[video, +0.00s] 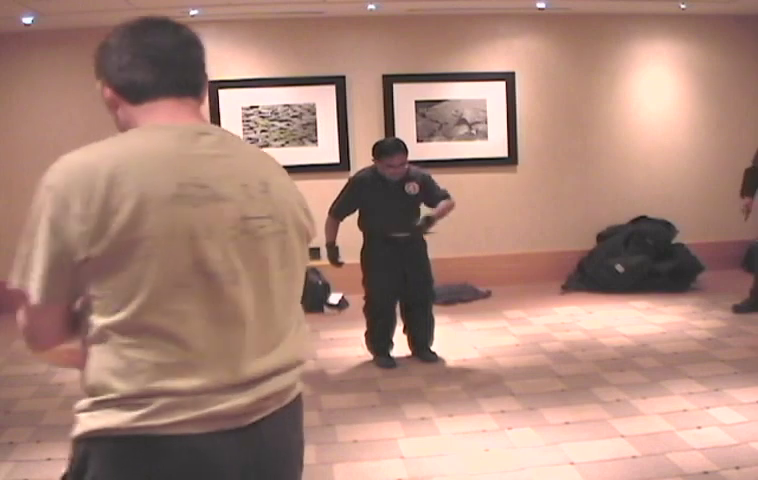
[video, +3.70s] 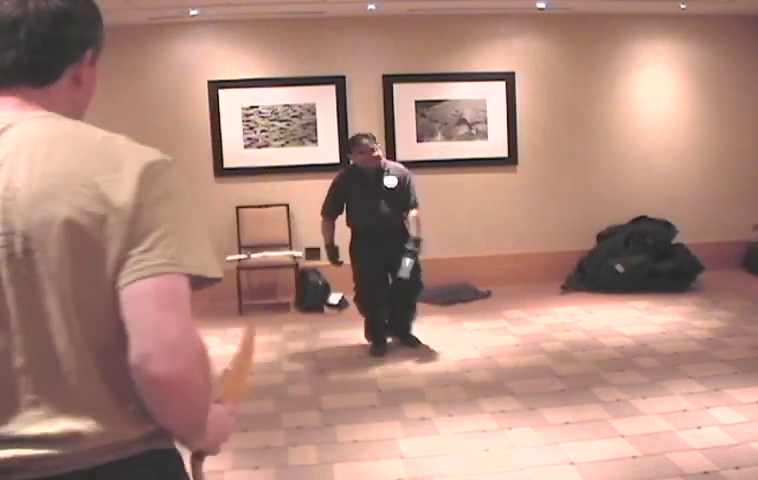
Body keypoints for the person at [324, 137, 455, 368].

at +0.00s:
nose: (399, 171)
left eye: (402, 165)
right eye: (392, 167)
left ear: (408, 160)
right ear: (378, 164)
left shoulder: (418, 178)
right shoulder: (362, 182)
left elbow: (446, 202)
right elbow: (334, 215)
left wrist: (432, 218)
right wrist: (330, 245)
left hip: (412, 246)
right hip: (379, 247)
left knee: (419, 297)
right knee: (380, 301)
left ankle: (421, 346)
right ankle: (381, 350)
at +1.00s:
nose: (403, 167)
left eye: (407, 161)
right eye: (396, 162)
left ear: (414, 157)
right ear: (384, 162)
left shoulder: (427, 179)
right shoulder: (371, 180)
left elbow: (443, 206)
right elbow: (347, 215)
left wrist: (439, 227)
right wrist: (358, 241)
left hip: (417, 248)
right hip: (381, 248)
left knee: (423, 297)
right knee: (380, 300)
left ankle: (421, 346)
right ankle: (379, 349)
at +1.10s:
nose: (403, 166)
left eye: (407, 160)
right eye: (396, 162)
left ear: (415, 157)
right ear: (385, 161)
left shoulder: (430, 179)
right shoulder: (373, 179)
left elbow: (439, 210)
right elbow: (354, 212)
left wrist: (418, 228)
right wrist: (379, 224)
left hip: (416, 244)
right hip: (381, 245)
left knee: (422, 296)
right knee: (378, 297)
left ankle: (421, 345)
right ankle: (379, 348)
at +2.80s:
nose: (415, 175)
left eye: (422, 169)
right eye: (410, 169)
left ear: (434, 167)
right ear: (402, 167)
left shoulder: (443, 191)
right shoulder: (388, 181)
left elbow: (442, 231)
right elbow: (367, 208)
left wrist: (423, 257)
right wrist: (375, 232)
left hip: (422, 252)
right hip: (386, 249)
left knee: (425, 306)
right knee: (371, 298)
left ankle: (423, 358)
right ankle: (366, 337)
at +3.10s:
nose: (406, 166)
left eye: (411, 161)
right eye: (399, 162)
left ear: (421, 162)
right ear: (390, 163)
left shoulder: (431, 186)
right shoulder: (377, 182)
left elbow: (447, 228)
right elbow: (354, 216)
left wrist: (455, 261)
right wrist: (349, 247)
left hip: (415, 251)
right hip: (379, 251)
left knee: (424, 304)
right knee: (371, 300)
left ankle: (423, 357)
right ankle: (374, 339)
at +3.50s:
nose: (377, 162)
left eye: (380, 156)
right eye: (370, 159)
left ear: (387, 154)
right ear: (359, 162)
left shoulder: (404, 179)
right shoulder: (348, 183)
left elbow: (426, 215)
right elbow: (331, 218)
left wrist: (441, 242)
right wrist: (332, 248)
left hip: (400, 245)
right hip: (364, 248)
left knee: (412, 296)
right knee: (369, 299)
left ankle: (421, 345)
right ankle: (378, 339)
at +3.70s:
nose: (374, 155)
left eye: (375, 149)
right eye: (366, 153)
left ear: (379, 148)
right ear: (354, 157)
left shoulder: (399, 173)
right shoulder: (345, 179)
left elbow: (412, 210)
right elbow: (328, 215)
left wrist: (413, 244)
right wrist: (330, 246)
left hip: (396, 237)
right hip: (364, 240)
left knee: (409, 283)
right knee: (370, 290)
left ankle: (402, 328)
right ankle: (377, 336)